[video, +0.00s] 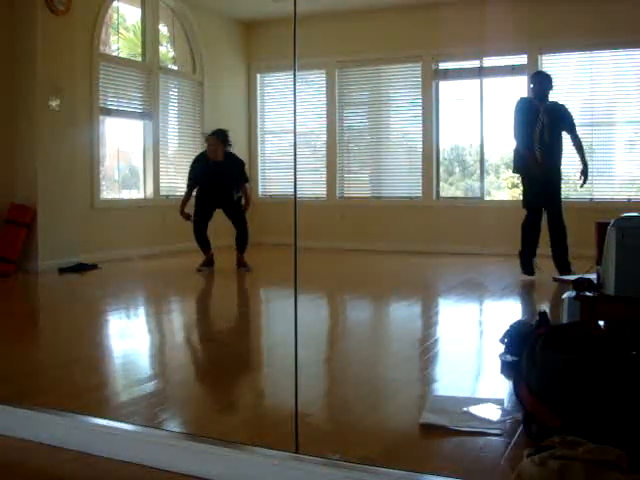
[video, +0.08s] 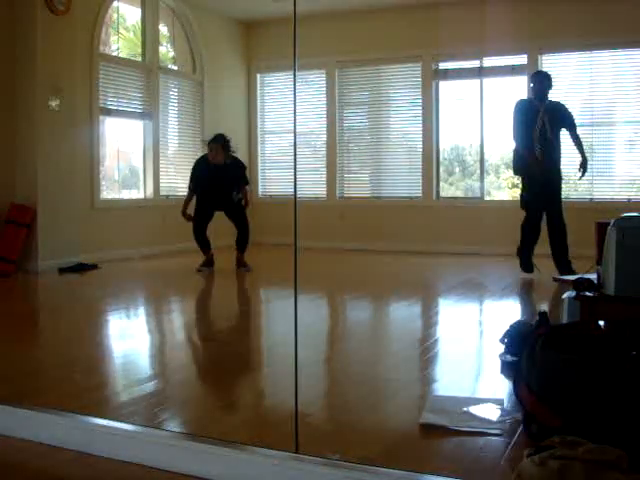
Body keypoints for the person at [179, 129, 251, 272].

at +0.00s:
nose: (209, 148)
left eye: (212, 144)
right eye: (208, 144)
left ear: (222, 145)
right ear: (206, 144)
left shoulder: (235, 162)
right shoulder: (200, 161)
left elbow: (243, 184)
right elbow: (191, 186)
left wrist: (247, 201)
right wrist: (182, 208)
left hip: (228, 198)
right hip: (206, 198)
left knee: (242, 227)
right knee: (199, 229)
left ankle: (240, 259)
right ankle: (209, 258)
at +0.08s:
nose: (212, 154)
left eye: (216, 151)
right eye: (210, 150)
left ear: (225, 151)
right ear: (208, 149)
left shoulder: (236, 165)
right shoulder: (201, 164)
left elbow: (243, 185)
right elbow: (192, 188)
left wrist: (246, 199)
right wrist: (184, 209)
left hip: (229, 200)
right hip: (206, 201)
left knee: (243, 227)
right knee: (198, 230)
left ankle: (240, 259)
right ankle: (208, 258)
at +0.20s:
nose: (216, 161)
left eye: (220, 158)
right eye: (214, 156)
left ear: (227, 156)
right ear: (211, 152)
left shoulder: (238, 163)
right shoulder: (203, 161)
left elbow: (241, 186)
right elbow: (196, 186)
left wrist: (244, 205)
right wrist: (190, 205)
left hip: (230, 199)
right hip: (208, 199)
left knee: (246, 228)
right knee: (198, 232)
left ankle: (239, 259)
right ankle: (209, 258)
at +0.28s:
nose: (222, 135)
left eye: (226, 131)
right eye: (220, 130)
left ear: (232, 129)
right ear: (215, 128)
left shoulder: (239, 147)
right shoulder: (204, 145)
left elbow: (240, 171)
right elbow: (197, 171)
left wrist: (242, 190)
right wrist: (192, 194)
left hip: (231, 193)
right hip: (209, 192)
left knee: (242, 226)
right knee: (201, 228)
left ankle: (237, 258)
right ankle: (210, 257)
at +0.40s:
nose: (224, 128)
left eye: (227, 124)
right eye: (221, 123)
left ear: (233, 126)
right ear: (216, 125)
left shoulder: (239, 148)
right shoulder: (206, 147)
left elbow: (242, 174)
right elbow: (197, 174)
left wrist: (244, 193)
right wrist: (190, 196)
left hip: (231, 193)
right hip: (210, 193)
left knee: (245, 224)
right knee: (199, 226)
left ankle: (239, 258)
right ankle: (210, 258)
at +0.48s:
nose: (224, 133)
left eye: (228, 129)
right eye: (221, 129)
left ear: (234, 132)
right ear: (216, 131)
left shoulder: (241, 154)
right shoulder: (207, 153)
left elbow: (245, 180)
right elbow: (197, 179)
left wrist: (247, 199)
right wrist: (190, 201)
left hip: (233, 197)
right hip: (211, 197)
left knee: (247, 223)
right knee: (199, 226)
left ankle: (239, 259)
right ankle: (210, 258)